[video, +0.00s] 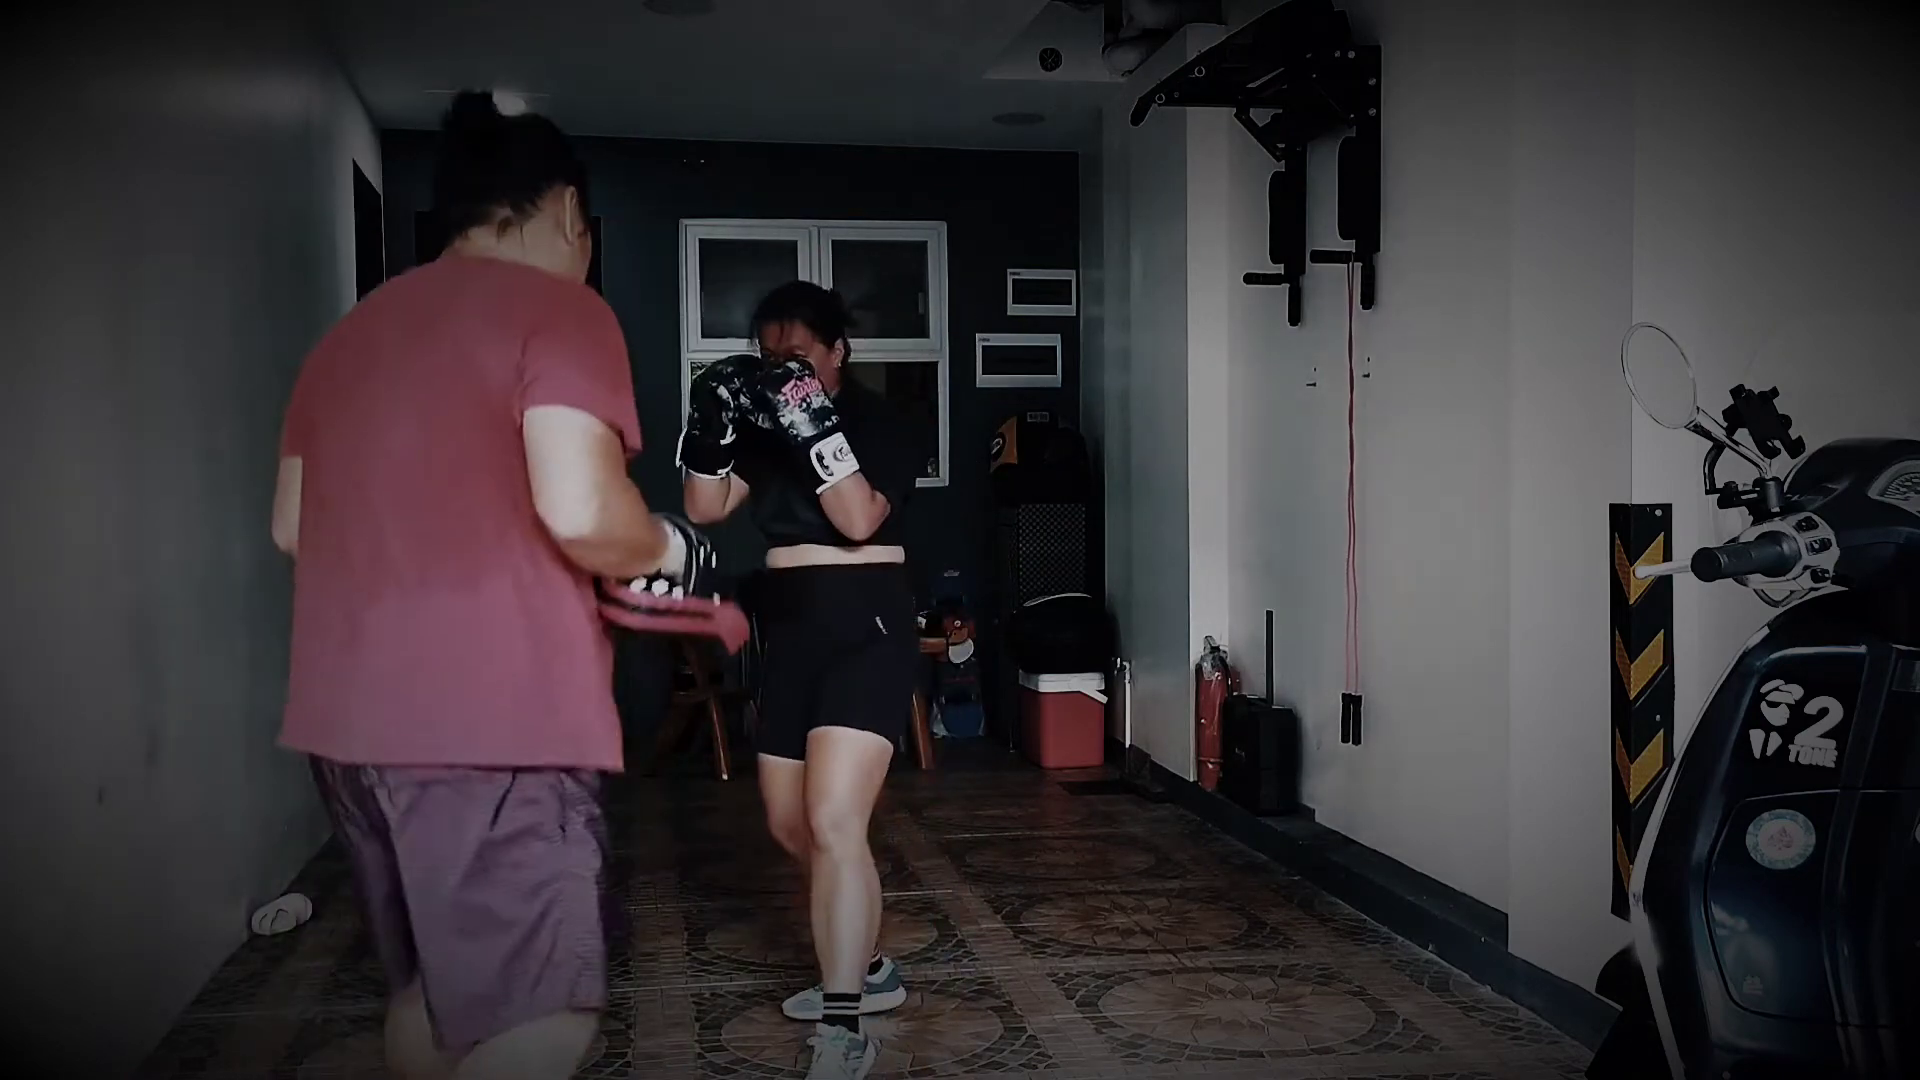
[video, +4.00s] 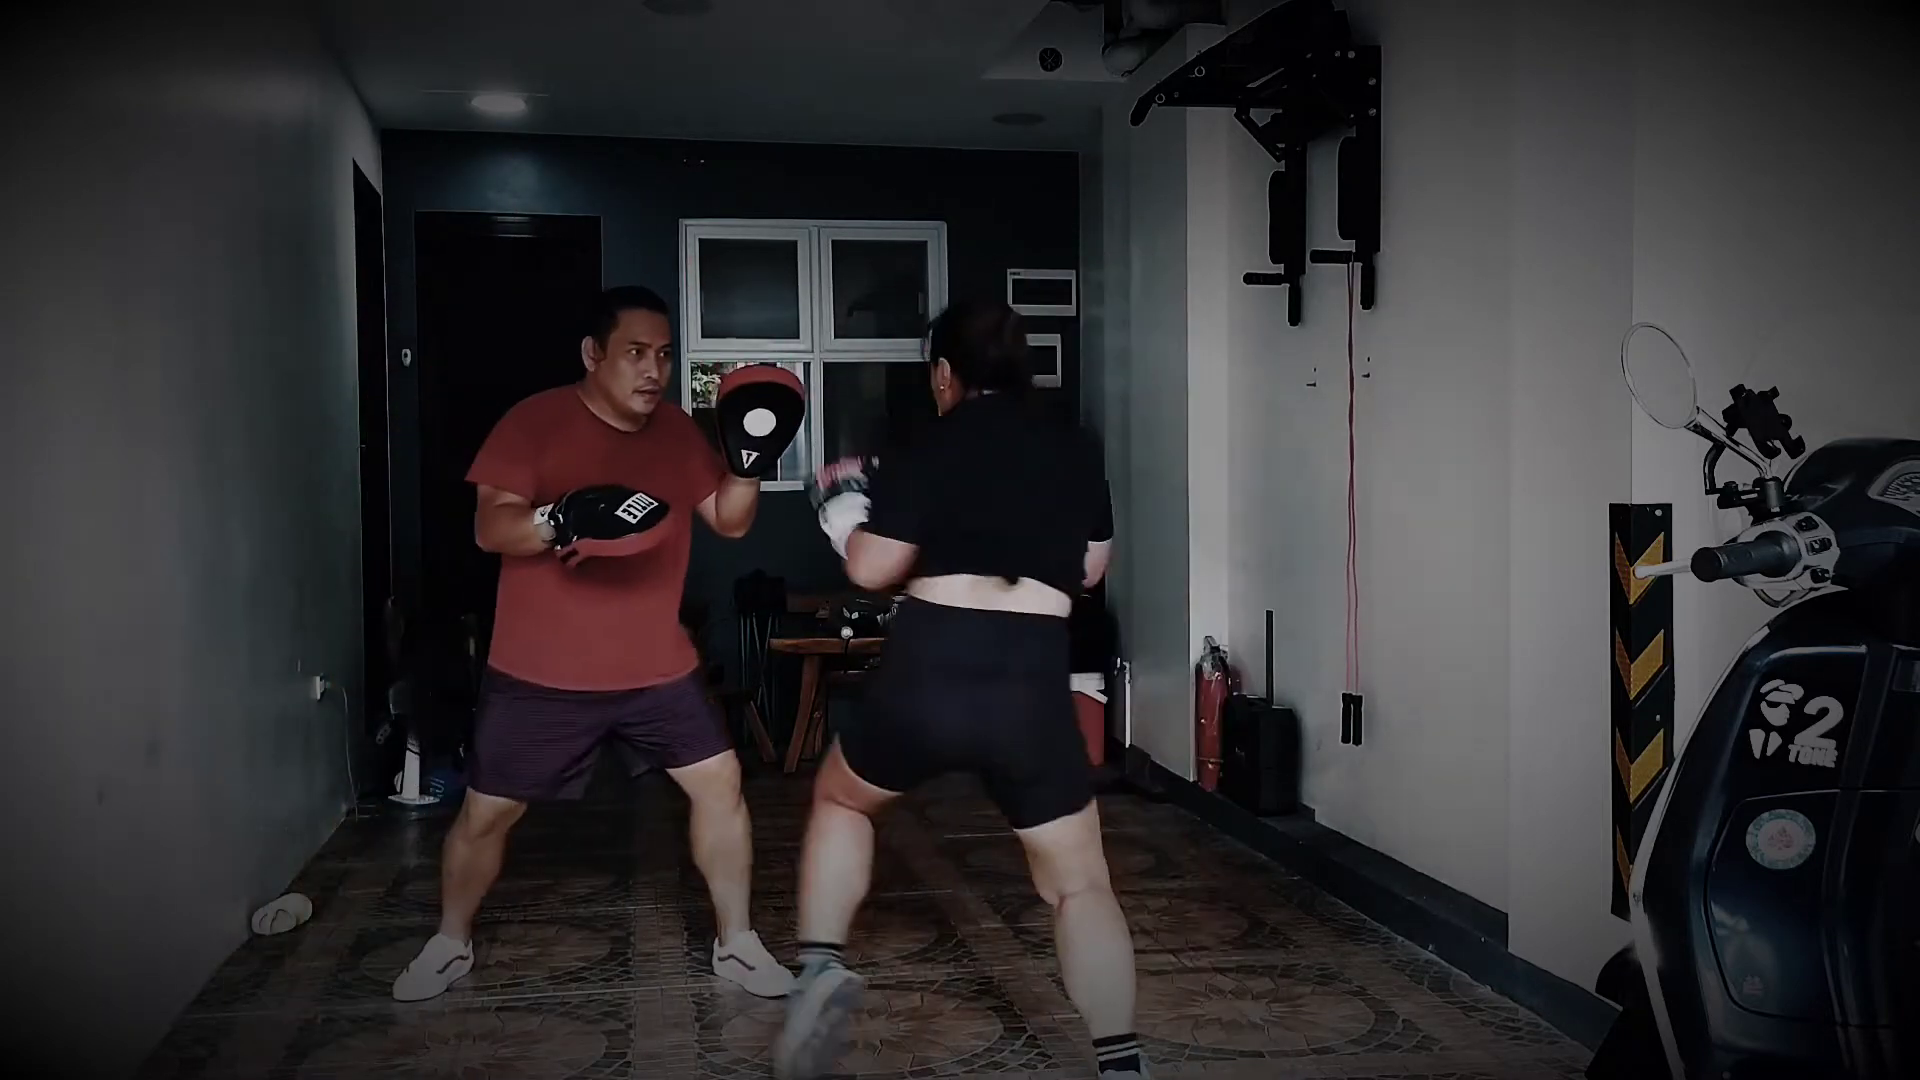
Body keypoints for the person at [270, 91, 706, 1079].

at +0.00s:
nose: (585, 254)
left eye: (582, 229)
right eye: (583, 227)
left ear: (459, 216)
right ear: (556, 205)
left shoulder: (350, 331)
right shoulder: (556, 307)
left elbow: (293, 524)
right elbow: (581, 512)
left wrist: (472, 564)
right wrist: (663, 548)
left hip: (347, 730)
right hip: (491, 733)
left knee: (421, 984)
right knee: (540, 1014)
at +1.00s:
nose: (497, 281)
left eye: (500, 262)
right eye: (499, 258)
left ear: (384, 229)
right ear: (475, 238)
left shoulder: (286, 330)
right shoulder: (449, 326)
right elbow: (603, 460)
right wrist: (610, 341)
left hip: (286, 734)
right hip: (396, 744)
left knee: (392, 1002)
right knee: (426, 1018)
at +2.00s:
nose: (472, 322)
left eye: (472, 304)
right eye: (470, 299)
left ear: (359, 285)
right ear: (445, 280)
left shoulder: (252, 394)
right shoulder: (439, 367)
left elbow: (223, 566)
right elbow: (609, 459)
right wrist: (610, 326)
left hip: (240, 748)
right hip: (363, 754)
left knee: (323, 982)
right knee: (414, 1012)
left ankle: (321, 1063)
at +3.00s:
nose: (610, 312)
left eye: (614, 298)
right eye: (591, 296)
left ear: (613, 313)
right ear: (537, 307)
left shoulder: (621, 404)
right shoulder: (466, 381)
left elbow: (630, 503)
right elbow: (397, 487)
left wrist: (636, 548)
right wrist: (461, 571)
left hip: (568, 651)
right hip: (445, 645)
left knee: (583, 797)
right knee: (394, 803)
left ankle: (580, 969)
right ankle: (340, 973)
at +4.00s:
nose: (653, 368)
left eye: (663, 353)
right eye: (637, 351)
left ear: (670, 359)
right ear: (592, 353)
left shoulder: (680, 433)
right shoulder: (534, 424)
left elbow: (730, 521)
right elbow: (493, 530)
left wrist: (750, 457)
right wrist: (558, 522)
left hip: (656, 670)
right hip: (539, 674)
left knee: (720, 783)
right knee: (483, 817)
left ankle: (735, 939)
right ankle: (452, 939)